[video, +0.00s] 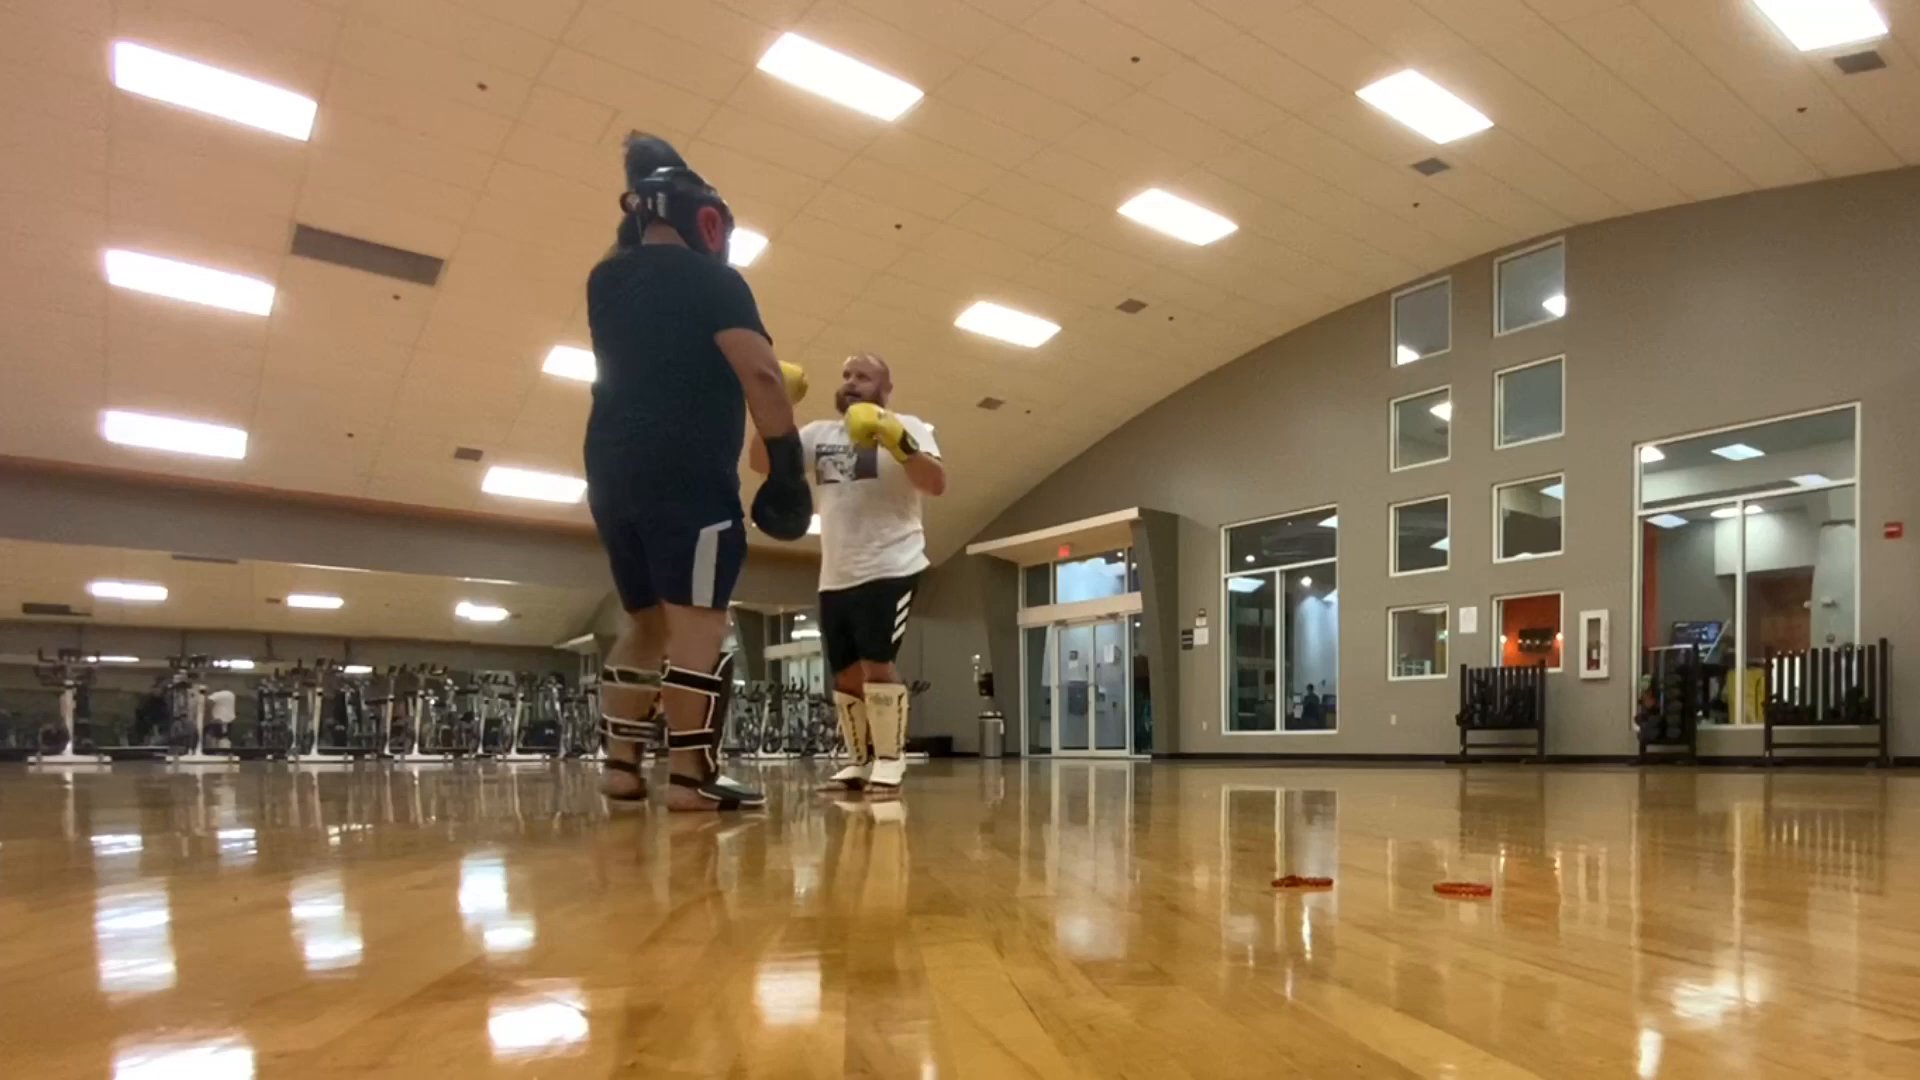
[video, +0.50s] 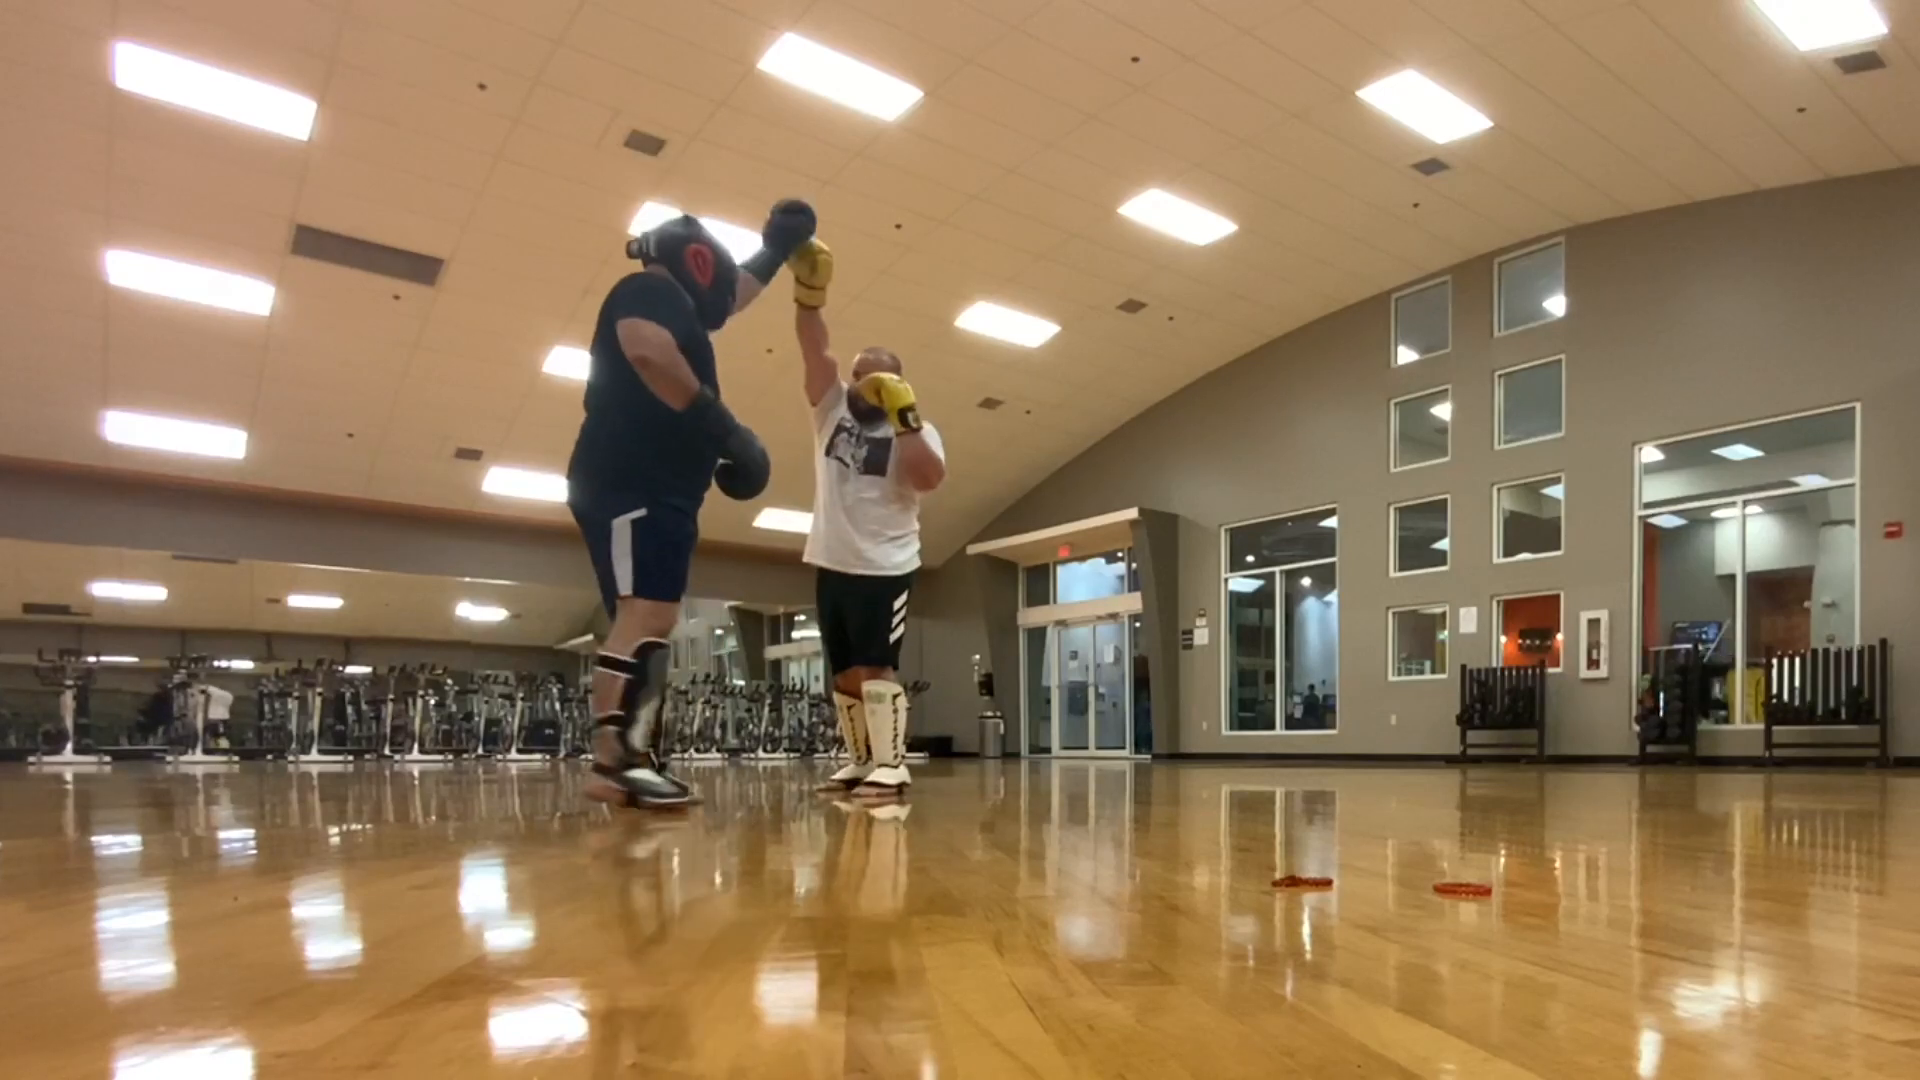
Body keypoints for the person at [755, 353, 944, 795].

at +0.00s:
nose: (851, 381)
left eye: (863, 376)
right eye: (846, 375)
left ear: (886, 389)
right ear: (836, 387)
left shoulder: (909, 428)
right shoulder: (818, 433)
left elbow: (935, 484)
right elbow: (760, 462)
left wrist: (897, 442)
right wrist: (775, 407)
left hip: (891, 564)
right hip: (837, 570)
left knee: (875, 659)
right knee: (846, 668)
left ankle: (888, 762)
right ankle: (858, 760)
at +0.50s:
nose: (856, 374)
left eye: (868, 370)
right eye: (855, 370)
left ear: (894, 381)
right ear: (849, 382)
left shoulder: (916, 429)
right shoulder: (834, 411)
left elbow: (926, 479)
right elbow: (815, 351)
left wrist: (904, 419)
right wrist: (808, 295)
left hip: (884, 562)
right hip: (833, 557)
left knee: (873, 667)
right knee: (842, 668)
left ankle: (889, 768)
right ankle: (859, 761)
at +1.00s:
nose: (856, 386)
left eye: (866, 377)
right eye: (850, 378)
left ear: (886, 385)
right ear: (842, 388)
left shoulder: (901, 425)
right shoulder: (833, 437)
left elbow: (930, 448)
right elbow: (784, 469)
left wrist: (893, 396)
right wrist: (805, 416)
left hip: (893, 559)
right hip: (848, 565)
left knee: (876, 662)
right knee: (858, 669)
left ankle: (891, 767)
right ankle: (879, 764)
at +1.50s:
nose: (848, 381)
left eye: (859, 375)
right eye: (844, 374)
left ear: (877, 384)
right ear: (836, 386)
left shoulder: (890, 422)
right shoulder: (835, 441)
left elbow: (879, 366)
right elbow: (791, 478)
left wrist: (836, 315)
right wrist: (804, 423)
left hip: (878, 548)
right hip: (842, 556)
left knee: (863, 657)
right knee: (856, 662)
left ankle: (882, 762)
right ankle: (880, 760)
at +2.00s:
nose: (838, 377)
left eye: (848, 372)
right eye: (834, 371)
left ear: (863, 381)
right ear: (826, 384)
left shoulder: (877, 419)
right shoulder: (823, 444)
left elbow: (863, 362)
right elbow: (785, 480)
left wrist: (826, 312)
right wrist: (795, 425)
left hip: (873, 547)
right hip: (837, 556)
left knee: (861, 653)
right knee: (857, 659)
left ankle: (880, 759)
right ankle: (881, 756)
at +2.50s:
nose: (826, 360)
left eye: (835, 350)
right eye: (824, 352)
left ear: (855, 356)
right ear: (827, 364)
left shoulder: (865, 395)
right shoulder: (826, 424)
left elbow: (822, 339)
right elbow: (791, 473)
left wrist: (776, 275)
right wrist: (793, 415)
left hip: (869, 537)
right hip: (839, 544)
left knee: (860, 651)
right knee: (845, 654)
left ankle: (882, 757)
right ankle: (876, 755)